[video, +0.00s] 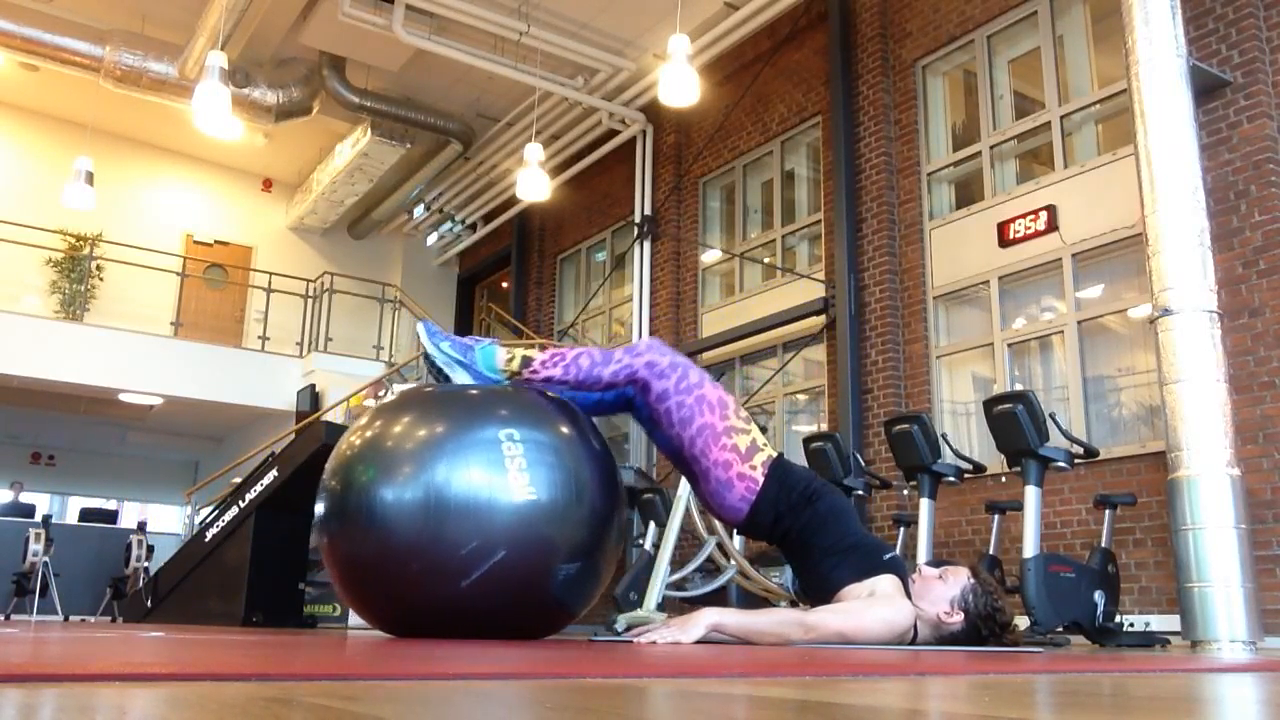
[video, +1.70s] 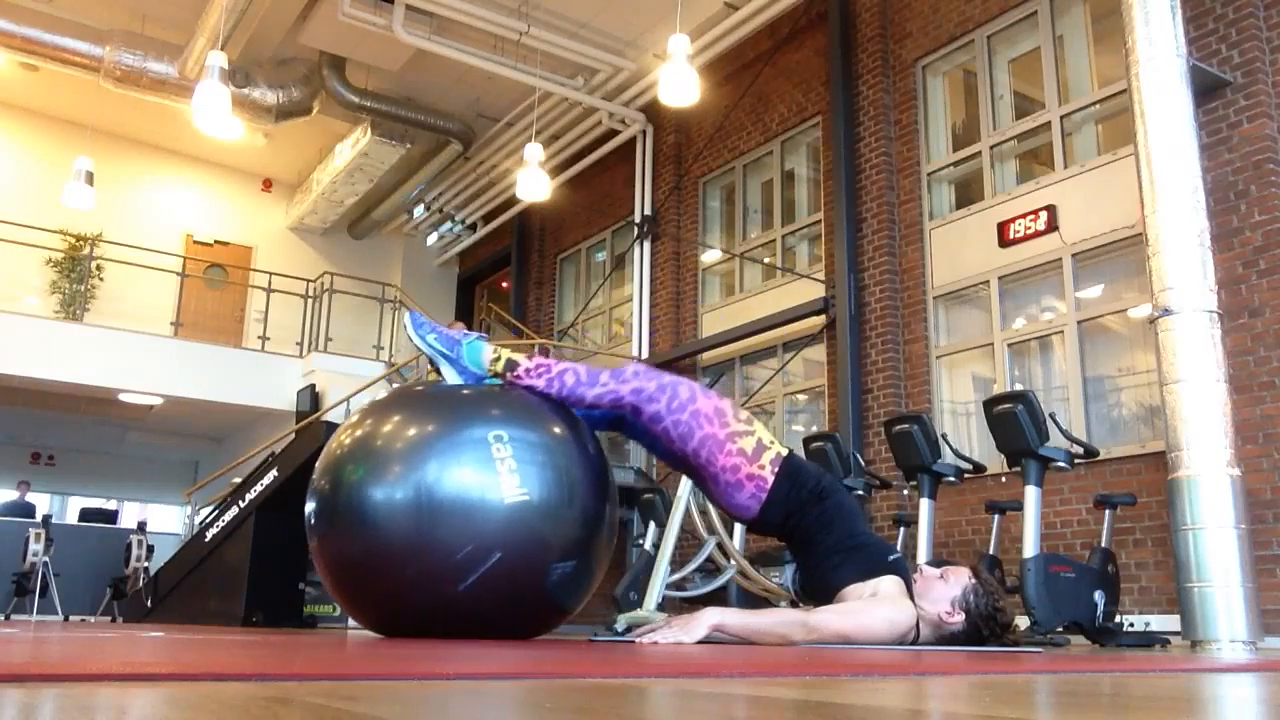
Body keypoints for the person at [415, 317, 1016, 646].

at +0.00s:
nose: (935, 569)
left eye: (947, 581)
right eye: (947, 570)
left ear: (944, 617)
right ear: (943, 606)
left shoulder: (891, 611)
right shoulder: (889, 595)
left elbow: (802, 626)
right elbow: (801, 622)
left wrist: (707, 619)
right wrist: (711, 622)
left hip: (747, 484)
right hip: (760, 471)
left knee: (653, 362)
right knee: (655, 359)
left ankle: (496, 364)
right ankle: (509, 368)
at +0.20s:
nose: (936, 569)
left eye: (946, 580)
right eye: (949, 570)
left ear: (944, 615)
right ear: (943, 604)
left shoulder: (890, 610)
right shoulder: (893, 596)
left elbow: (804, 630)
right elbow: (806, 623)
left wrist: (709, 616)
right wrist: (714, 617)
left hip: (749, 482)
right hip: (763, 471)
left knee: (699, 325)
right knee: (701, 333)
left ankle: (557, 368)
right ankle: (565, 373)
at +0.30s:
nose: (939, 567)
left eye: (949, 579)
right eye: (949, 570)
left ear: (945, 613)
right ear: (937, 584)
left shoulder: (893, 614)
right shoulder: (895, 600)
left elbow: (798, 627)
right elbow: (796, 625)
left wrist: (705, 621)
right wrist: (705, 620)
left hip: (750, 478)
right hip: (765, 472)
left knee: (745, 320)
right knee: (747, 319)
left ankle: (605, 365)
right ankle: (614, 373)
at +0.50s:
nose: (934, 567)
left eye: (946, 577)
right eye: (947, 569)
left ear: (947, 614)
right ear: (946, 612)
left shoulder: (894, 613)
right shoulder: (904, 604)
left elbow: (801, 626)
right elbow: (806, 623)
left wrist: (712, 621)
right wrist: (718, 622)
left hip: (771, 466)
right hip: (792, 468)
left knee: (825, 310)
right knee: (822, 323)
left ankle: (685, 366)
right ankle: (693, 371)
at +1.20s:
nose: (941, 563)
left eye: (950, 576)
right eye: (951, 567)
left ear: (945, 613)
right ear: (939, 586)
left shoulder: (895, 614)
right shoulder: (896, 597)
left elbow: (803, 626)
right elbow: (800, 624)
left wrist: (711, 621)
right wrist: (711, 621)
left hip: (761, 474)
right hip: (776, 466)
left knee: (751, 311)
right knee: (752, 319)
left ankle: (612, 365)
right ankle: (618, 373)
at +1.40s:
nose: (935, 568)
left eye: (947, 580)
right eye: (948, 568)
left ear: (946, 617)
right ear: (943, 604)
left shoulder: (894, 608)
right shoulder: (892, 595)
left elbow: (808, 627)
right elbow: (806, 622)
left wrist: (709, 618)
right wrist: (717, 621)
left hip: (765, 477)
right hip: (778, 467)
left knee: (689, 329)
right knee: (697, 332)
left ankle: (544, 361)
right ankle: (564, 371)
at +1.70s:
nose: (937, 569)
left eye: (949, 581)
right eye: (950, 569)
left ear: (946, 616)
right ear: (943, 602)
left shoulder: (893, 610)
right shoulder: (891, 596)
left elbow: (803, 624)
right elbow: (802, 622)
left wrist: (714, 618)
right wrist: (714, 622)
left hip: (764, 485)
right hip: (772, 473)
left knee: (641, 384)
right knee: (648, 384)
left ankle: (489, 363)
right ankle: (512, 378)